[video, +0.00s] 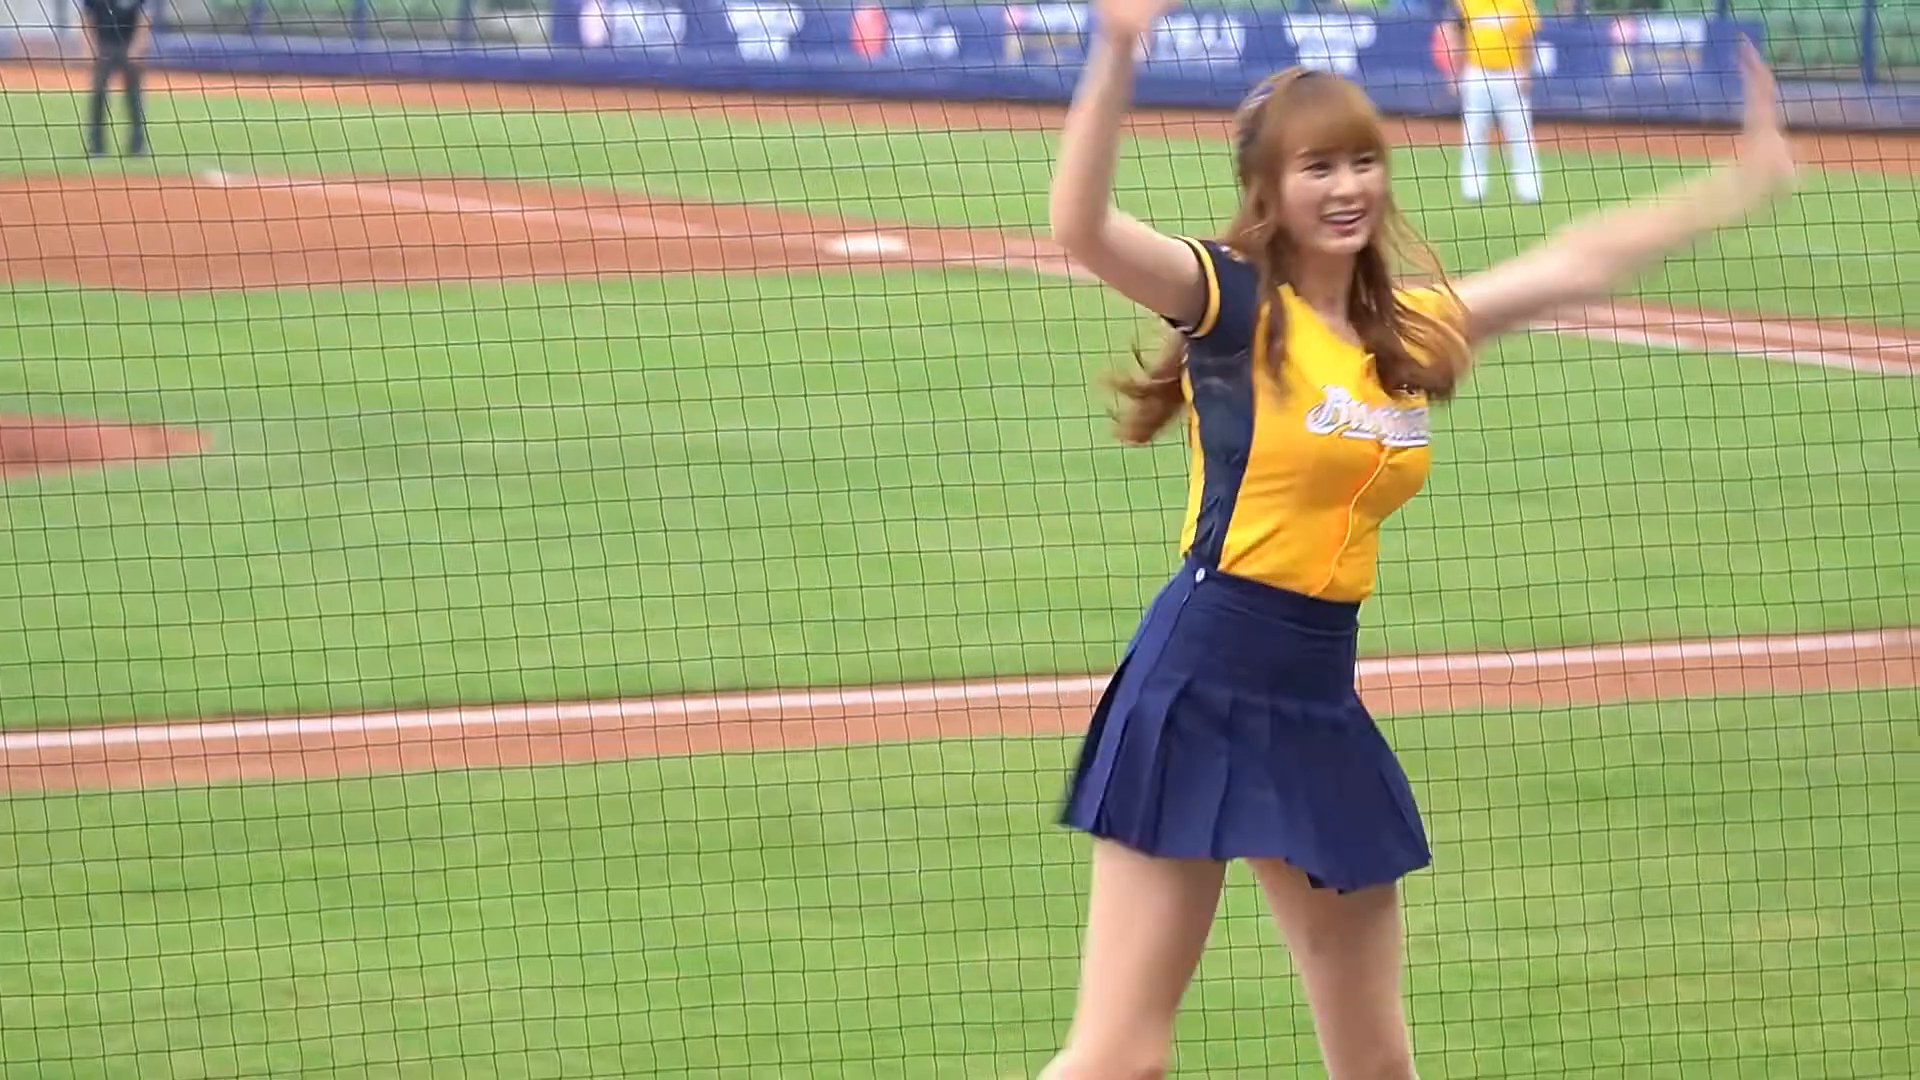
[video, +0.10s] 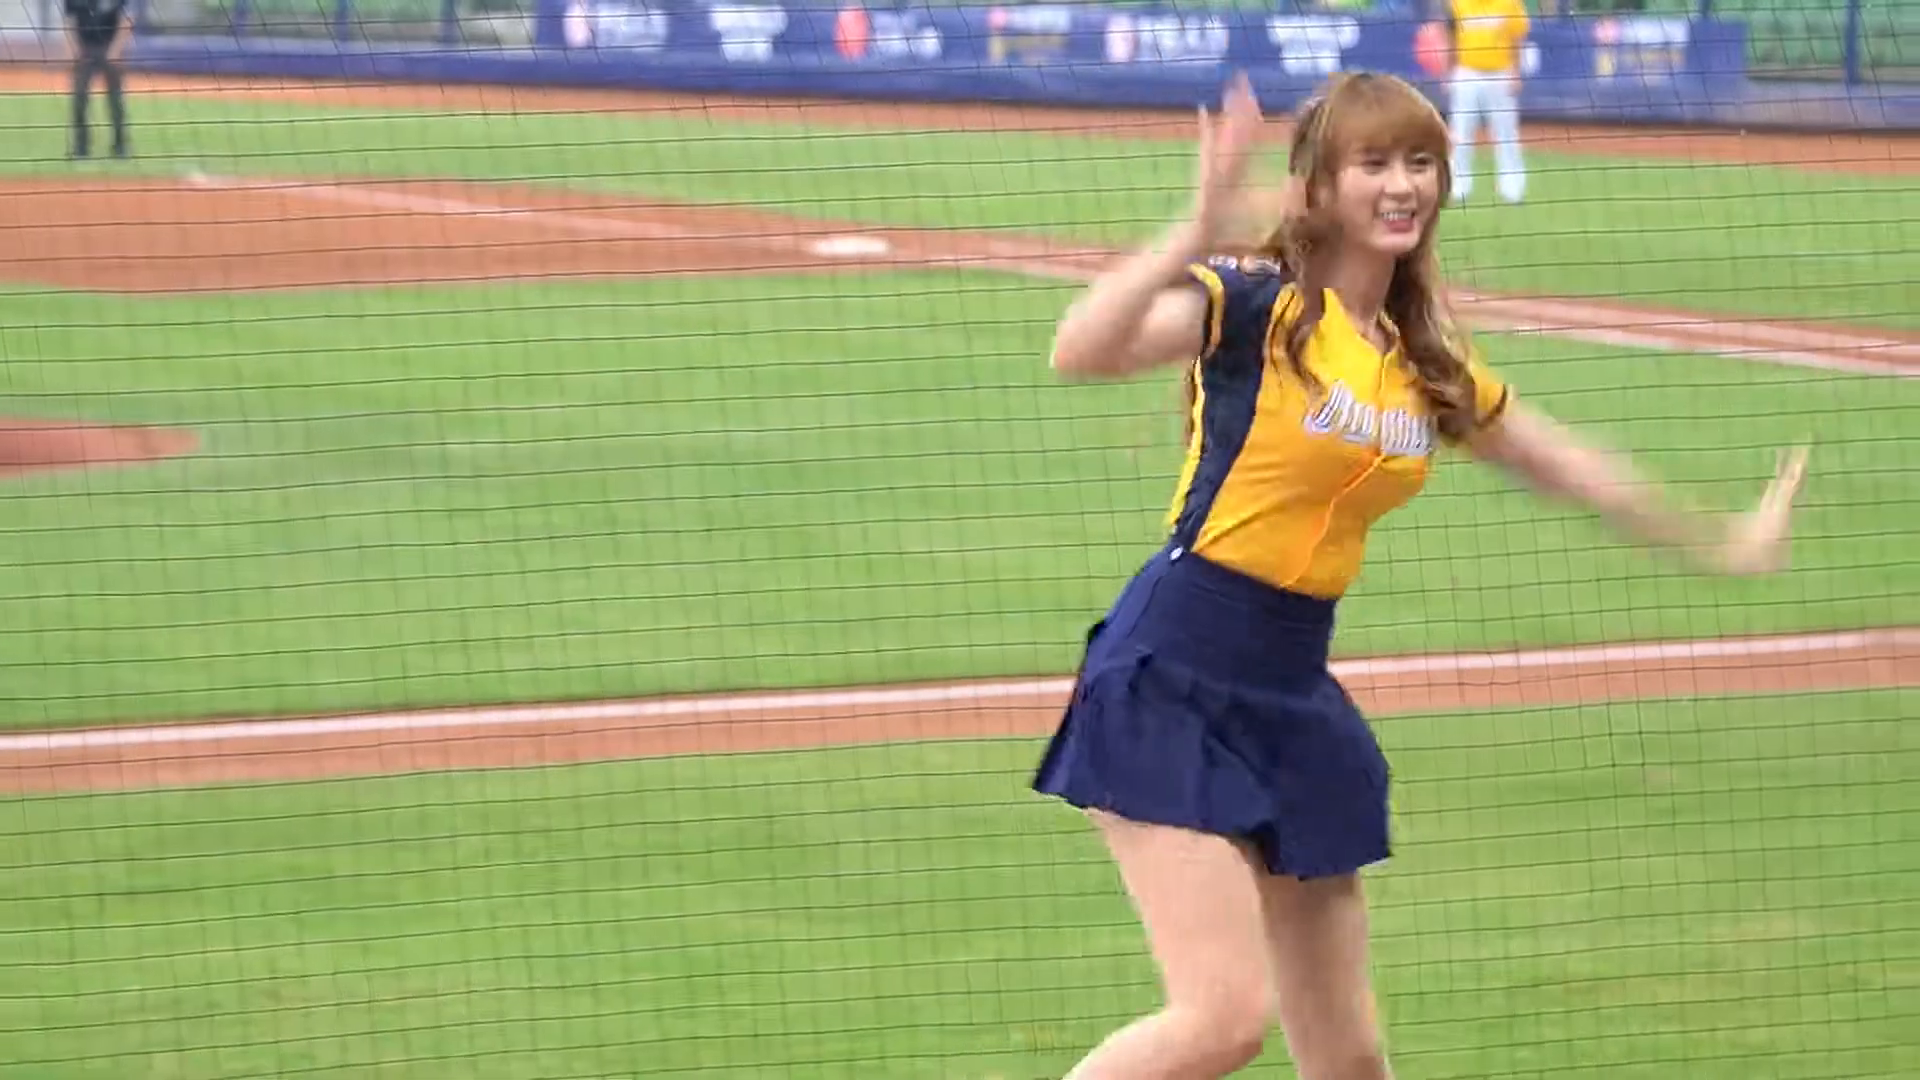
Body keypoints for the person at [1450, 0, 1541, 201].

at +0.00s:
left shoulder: (1520, 5)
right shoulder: (1467, 5)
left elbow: (1528, 39)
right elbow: (1452, 30)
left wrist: (1526, 71)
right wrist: (1455, 71)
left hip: (1510, 71)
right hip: (1476, 71)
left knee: (1518, 130)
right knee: (1474, 131)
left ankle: (1528, 185)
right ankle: (1473, 186)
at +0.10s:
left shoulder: (1510, 5)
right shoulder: (1458, 5)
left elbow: (1519, 36)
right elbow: (1450, 35)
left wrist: (1516, 72)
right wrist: (1448, 68)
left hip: (1500, 72)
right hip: (1466, 71)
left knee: (1505, 132)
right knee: (1460, 133)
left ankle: (1510, 184)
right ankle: (1459, 183)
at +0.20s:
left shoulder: (1499, 5)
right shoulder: (1448, 6)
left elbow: (1510, 38)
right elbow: (1442, 36)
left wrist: (1507, 74)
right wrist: (1439, 70)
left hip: (1491, 75)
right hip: (1457, 73)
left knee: (1493, 135)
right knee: (1447, 135)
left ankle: (1497, 190)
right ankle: (1441, 189)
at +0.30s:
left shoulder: (1497, 10)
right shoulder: (1447, 9)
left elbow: (1508, 49)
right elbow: (1437, 43)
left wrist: (1507, 83)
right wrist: (1437, 77)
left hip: (1489, 80)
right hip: (1454, 80)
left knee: (1490, 140)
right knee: (1443, 139)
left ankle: (1490, 195)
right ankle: (1436, 192)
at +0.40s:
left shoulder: (1496, 15)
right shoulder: (1446, 15)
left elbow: (1508, 58)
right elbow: (1433, 51)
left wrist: (1507, 92)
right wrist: (1437, 86)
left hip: (1488, 90)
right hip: (1453, 90)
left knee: (1486, 148)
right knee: (1440, 144)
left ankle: (1484, 202)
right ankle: (1427, 197)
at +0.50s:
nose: (1467, 4)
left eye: (1471, 1)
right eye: (1463, 1)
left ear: (1478, 2)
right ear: (1457, 2)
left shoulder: (1491, 24)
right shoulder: (1442, 23)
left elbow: (1503, 67)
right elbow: (1429, 59)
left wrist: (1504, 101)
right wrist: (1431, 93)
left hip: (1481, 99)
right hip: (1447, 98)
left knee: (1479, 155)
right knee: (1431, 151)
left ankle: (1476, 210)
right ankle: (1419, 205)